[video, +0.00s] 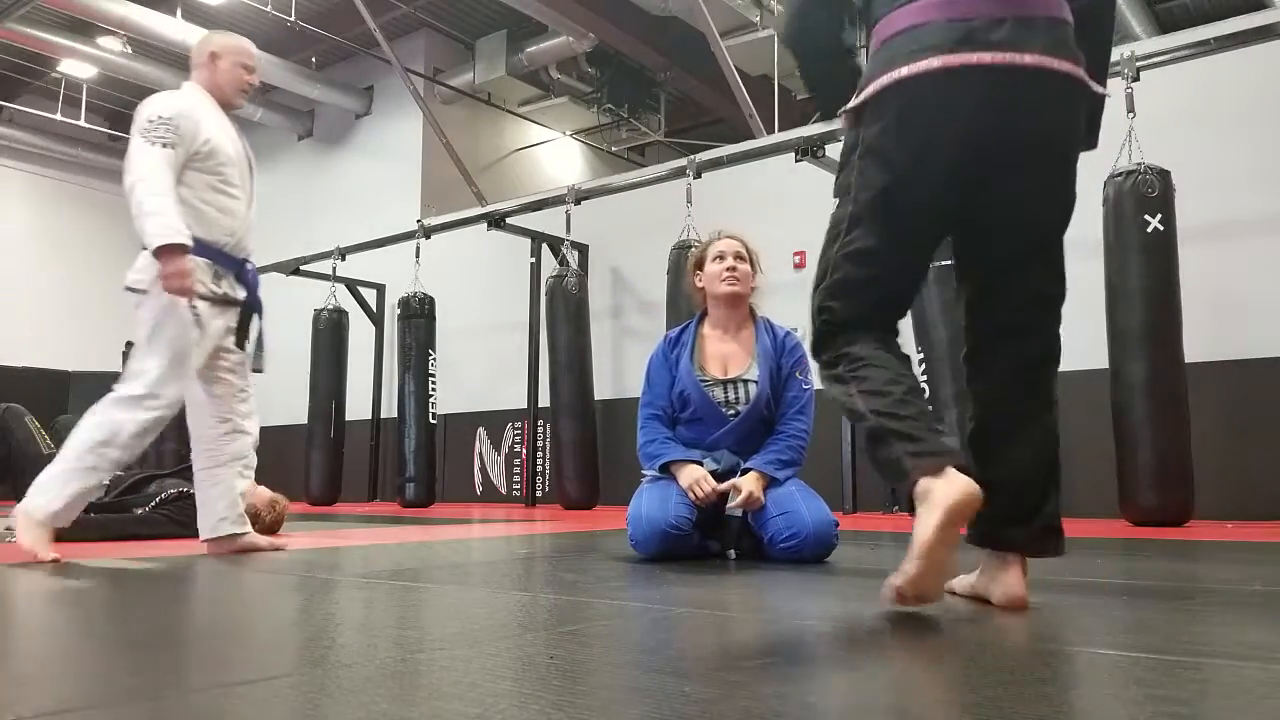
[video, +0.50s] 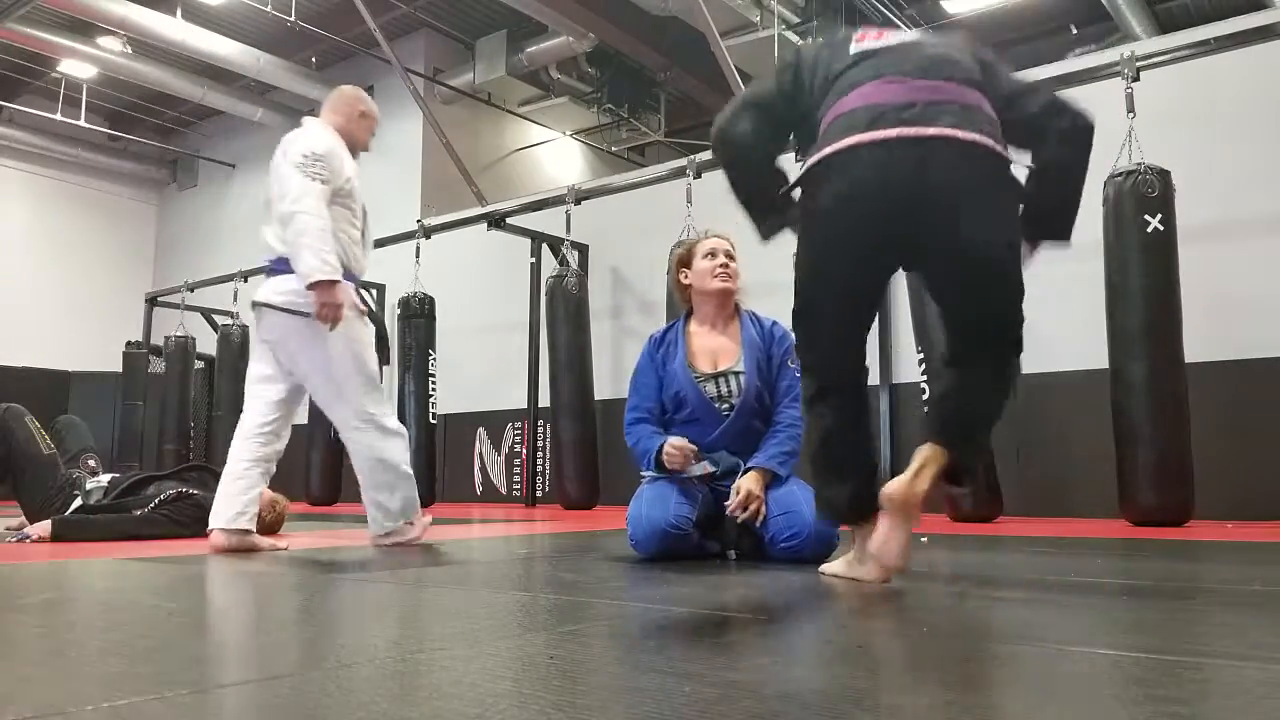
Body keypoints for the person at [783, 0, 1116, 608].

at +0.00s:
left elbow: (802, 22)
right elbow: (1097, 7)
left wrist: (846, 95)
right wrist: (1080, 94)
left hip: (920, 79)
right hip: (1049, 72)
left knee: (851, 328)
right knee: (1017, 334)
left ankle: (933, 478)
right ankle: (1007, 561)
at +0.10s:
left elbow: (811, 33)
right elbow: (1087, 13)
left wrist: (825, 159)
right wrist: (1069, 128)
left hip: (917, 94)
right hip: (1035, 94)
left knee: (843, 319)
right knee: (1006, 332)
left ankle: (903, 501)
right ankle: (1006, 556)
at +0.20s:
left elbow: (806, 24)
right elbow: (1085, 11)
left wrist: (820, 149)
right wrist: (1060, 126)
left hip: (905, 96)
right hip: (1022, 96)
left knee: (855, 324)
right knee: (997, 322)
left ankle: (868, 541)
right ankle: (1009, 556)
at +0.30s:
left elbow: (785, 25)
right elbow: (1083, 15)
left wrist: (819, 134)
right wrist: (1055, 123)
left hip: (881, 117)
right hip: (1002, 110)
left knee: (864, 338)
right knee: (997, 323)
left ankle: (862, 539)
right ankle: (1001, 545)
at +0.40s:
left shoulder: (818, 7)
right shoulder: (980, 7)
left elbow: (753, 54)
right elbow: (1076, 48)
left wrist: (798, 147)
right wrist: (1034, 162)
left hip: (857, 155)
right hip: (976, 153)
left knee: (846, 354)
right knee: (998, 337)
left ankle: (866, 551)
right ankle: (963, 486)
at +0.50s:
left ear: (842, 37)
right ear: (914, 33)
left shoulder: (816, 56)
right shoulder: (965, 51)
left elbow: (735, 132)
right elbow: (1069, 126)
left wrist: (783, 212)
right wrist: (1037, 225)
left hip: (852, 189)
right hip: (968, 186)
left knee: (830, 364)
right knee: (985, 348)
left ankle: (860, 539)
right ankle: (932, 457)